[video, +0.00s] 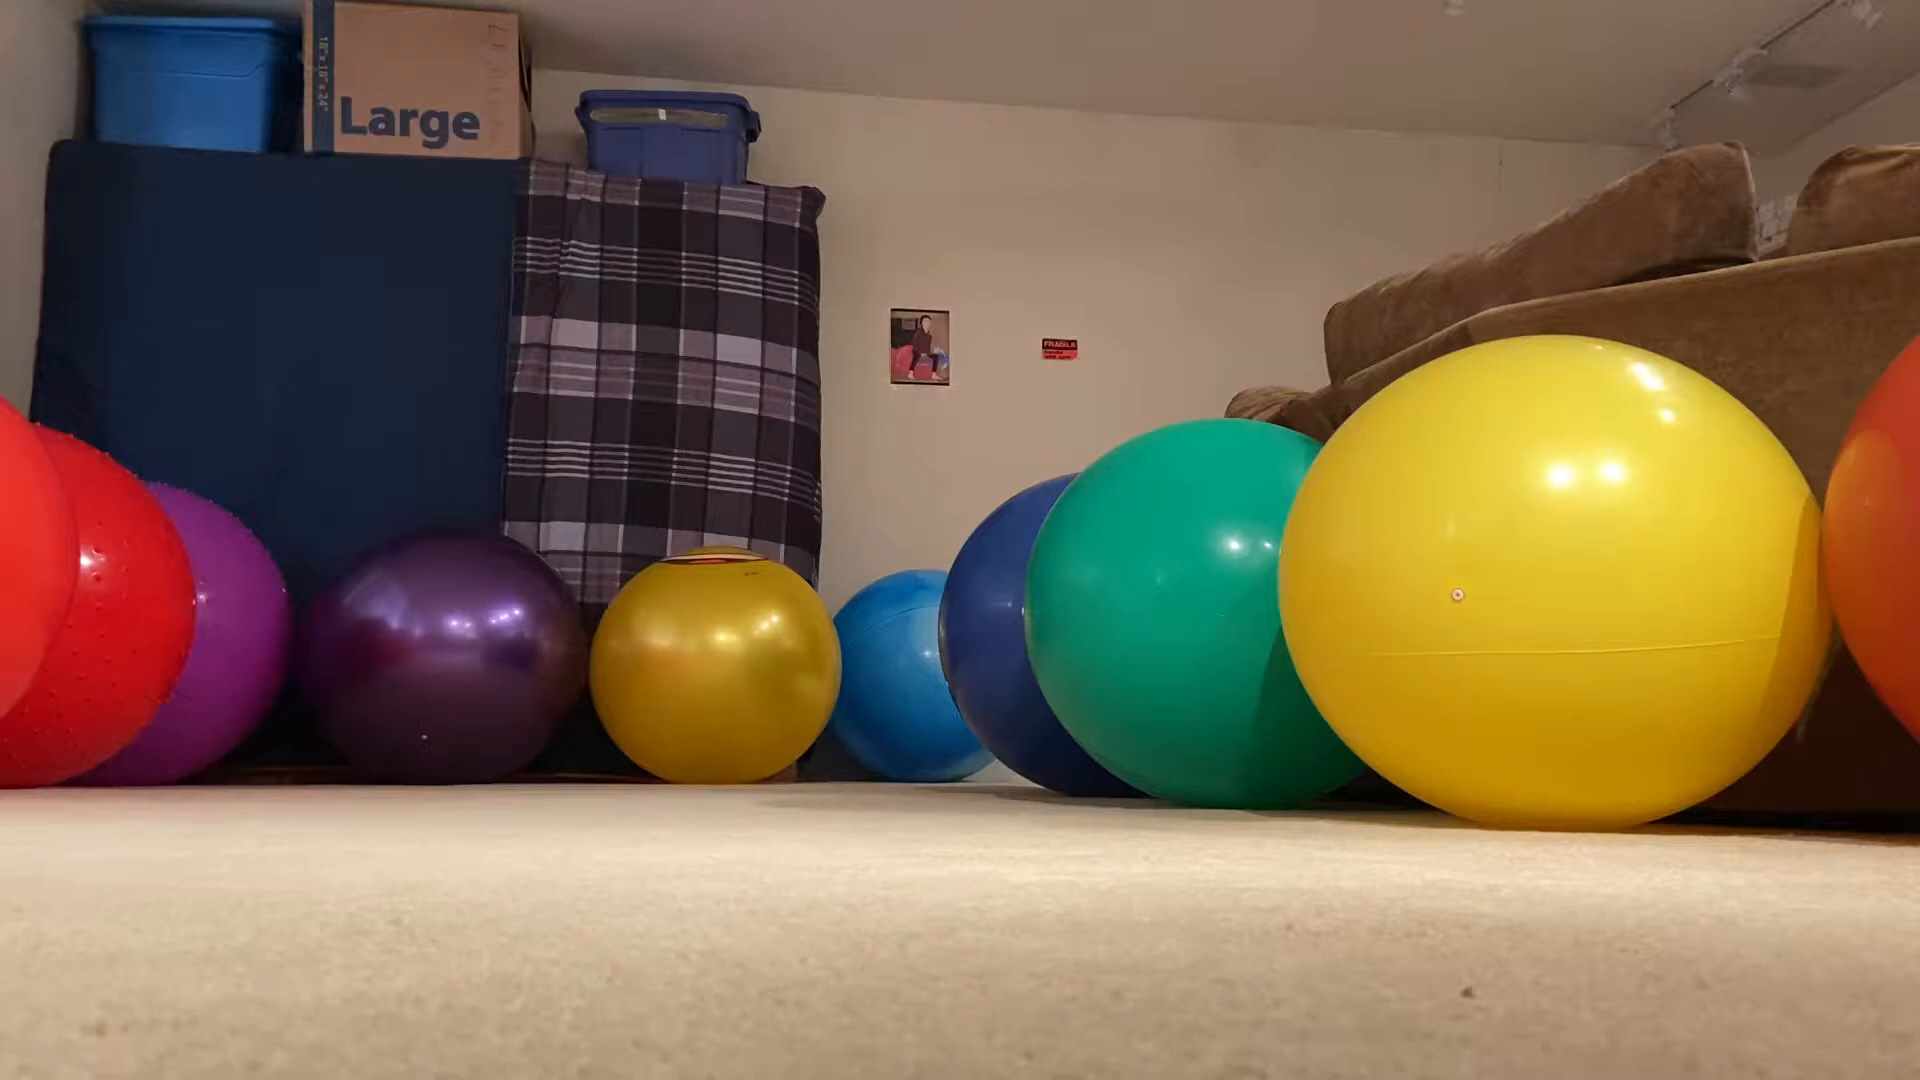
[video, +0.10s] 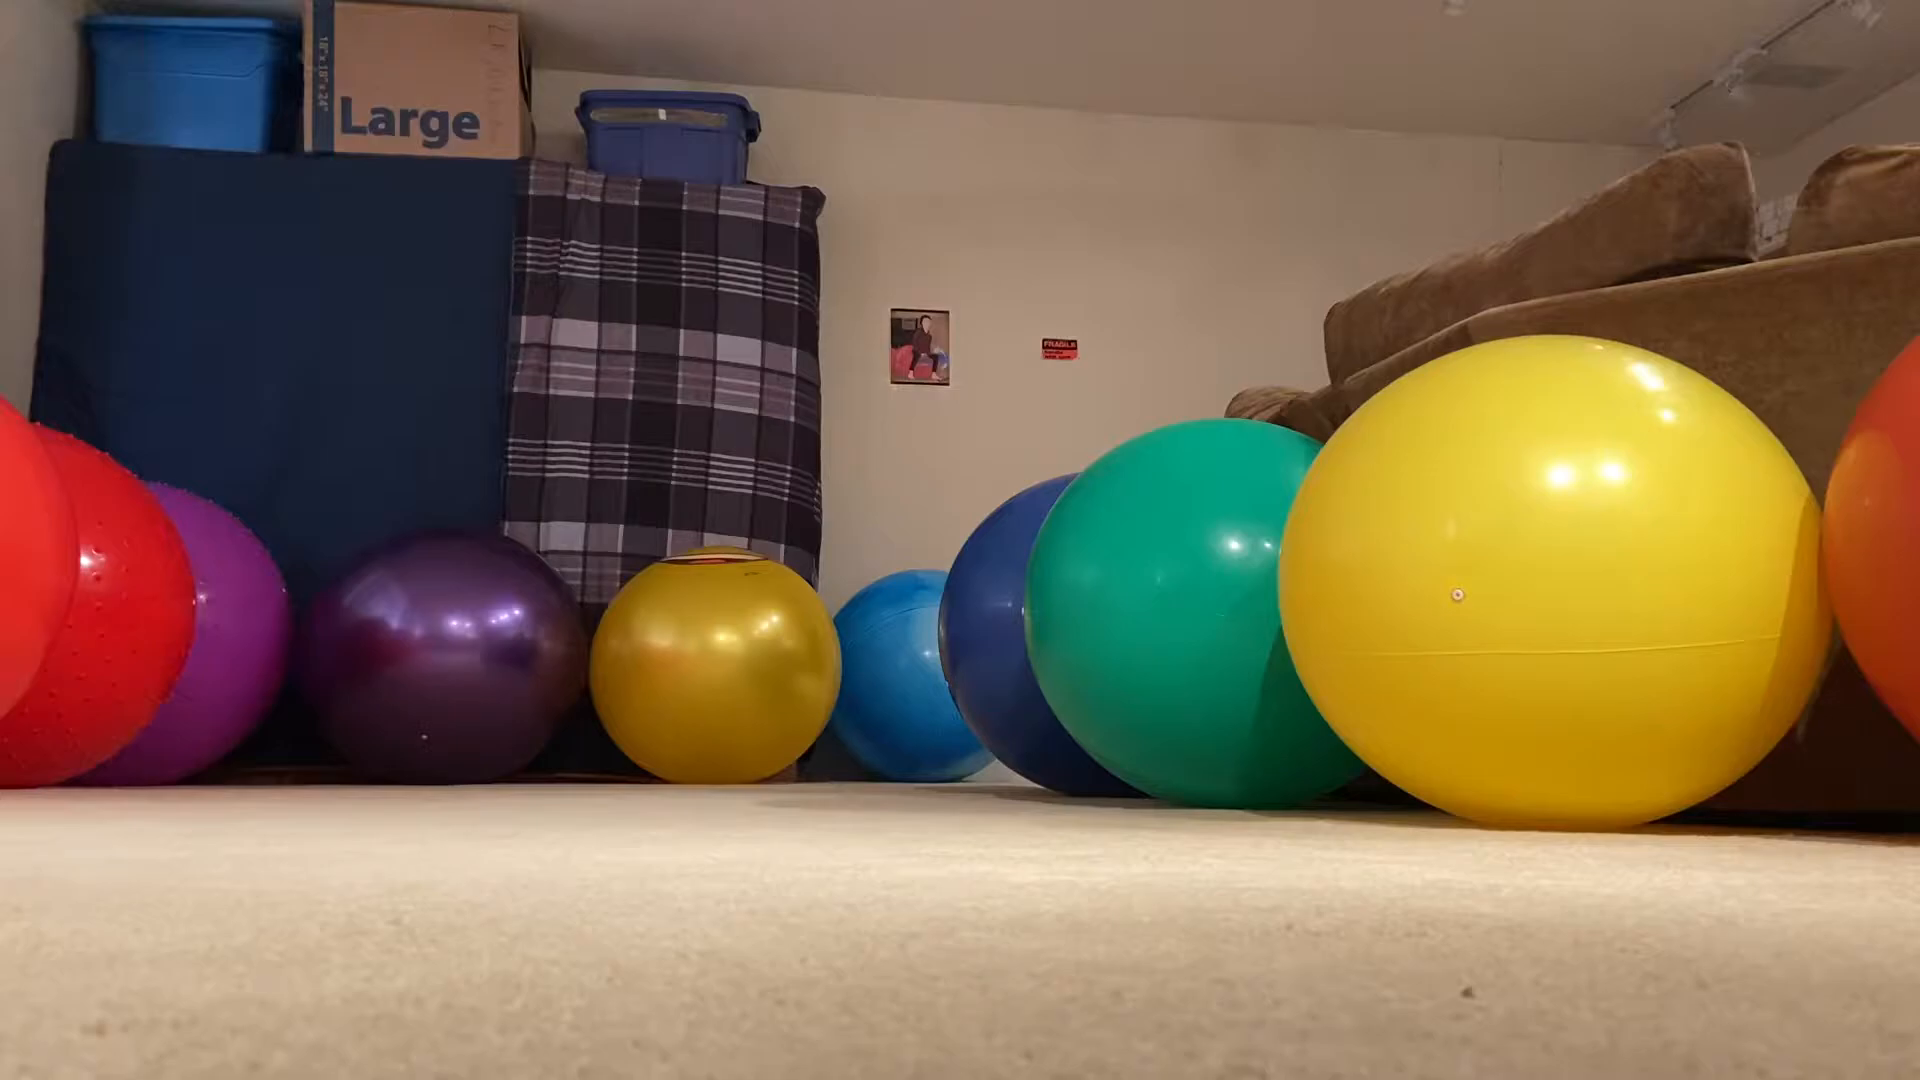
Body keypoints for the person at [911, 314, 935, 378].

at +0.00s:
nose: (927, 324)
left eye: (928, 322)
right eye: (925, 321)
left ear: (930, 323)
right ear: (922, 323)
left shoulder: (929, 336)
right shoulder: (918, 332)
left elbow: (928, 345)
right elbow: (914, 342)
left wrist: (928, 352)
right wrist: (918, 351)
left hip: (926, 352)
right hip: (918, 350)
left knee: (935, 356)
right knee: (916, 356)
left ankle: (934, 373)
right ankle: (911, 371)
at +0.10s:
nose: (927, 324)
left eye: (928, 322)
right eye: (925, 321)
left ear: (930, 323)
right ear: (922, 323)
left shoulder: (929, 336)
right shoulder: (918, 332)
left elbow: (928, 345)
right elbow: (914, 342)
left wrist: (928, 352)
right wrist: (918, 351)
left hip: (926, 352)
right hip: (918, 350)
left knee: (935, 356)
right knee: (916, 356)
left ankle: (934, 373)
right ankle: (911, 371)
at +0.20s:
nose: (927, 324)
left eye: (928, 322)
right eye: (925, 321)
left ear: (930, 323)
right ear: (922, 323)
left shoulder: (929, 336)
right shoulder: (918, 332)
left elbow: (928, 345)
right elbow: (914, 342)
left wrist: (928, 352)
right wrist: (918, 351)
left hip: (926, 352)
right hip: (918, 350)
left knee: (935, 356)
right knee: (916, 356)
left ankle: (934, 373)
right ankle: (911, 371)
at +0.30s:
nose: (927, 324)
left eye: (928, 322)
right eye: (925, 321)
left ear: (930, 323)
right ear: (922, 323)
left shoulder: (929, 336)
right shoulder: (918, 332)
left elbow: (928, 345)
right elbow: (914, 342)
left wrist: (928, 352)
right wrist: (918, 351)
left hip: (926, 352)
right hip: (918, 350)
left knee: (935, 356)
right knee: (916, 356)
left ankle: (934, 373)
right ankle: (911, 371)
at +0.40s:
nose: (927, 324)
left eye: (928, 322)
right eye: (925, 321)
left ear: (930, 323)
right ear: (922, 323)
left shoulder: (929, 336)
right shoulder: (918, 332)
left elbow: (928, 345)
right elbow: (914, 342)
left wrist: (928, 352)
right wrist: (918, 351)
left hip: (926, 352)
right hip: (918, 350)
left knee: (935, 356)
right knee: (916, 356)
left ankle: (934, 373)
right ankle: (911, 371)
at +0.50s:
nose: (927, 324)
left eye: (928, 322)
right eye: (925, 321)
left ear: (930, 323)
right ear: (922, 323)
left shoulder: (929, 336)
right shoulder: (918, 332)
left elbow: (928, 345)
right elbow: (914, 342)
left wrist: (928, 352)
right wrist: (918, 351)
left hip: (926, 352)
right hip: (918, 350)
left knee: (935, 356)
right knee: (916, 356)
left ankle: (934, 373)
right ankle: (911, 371)